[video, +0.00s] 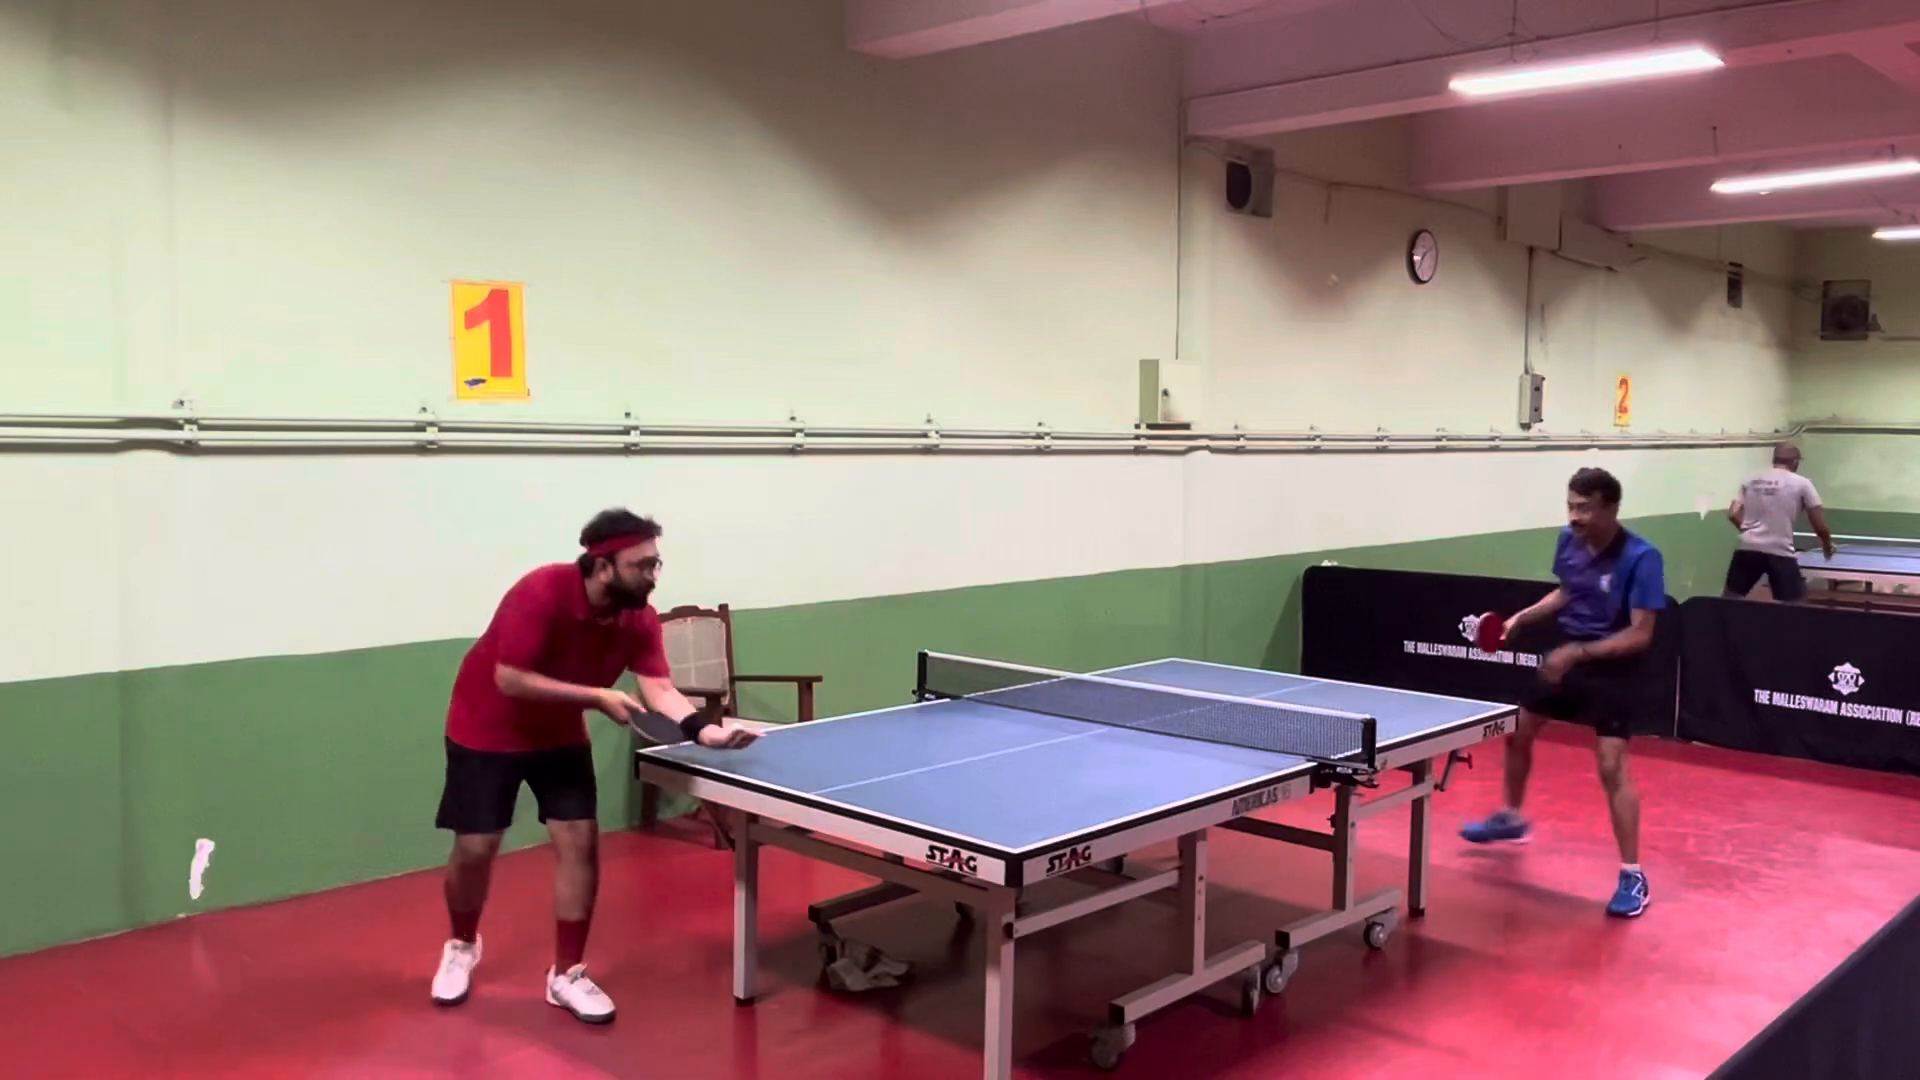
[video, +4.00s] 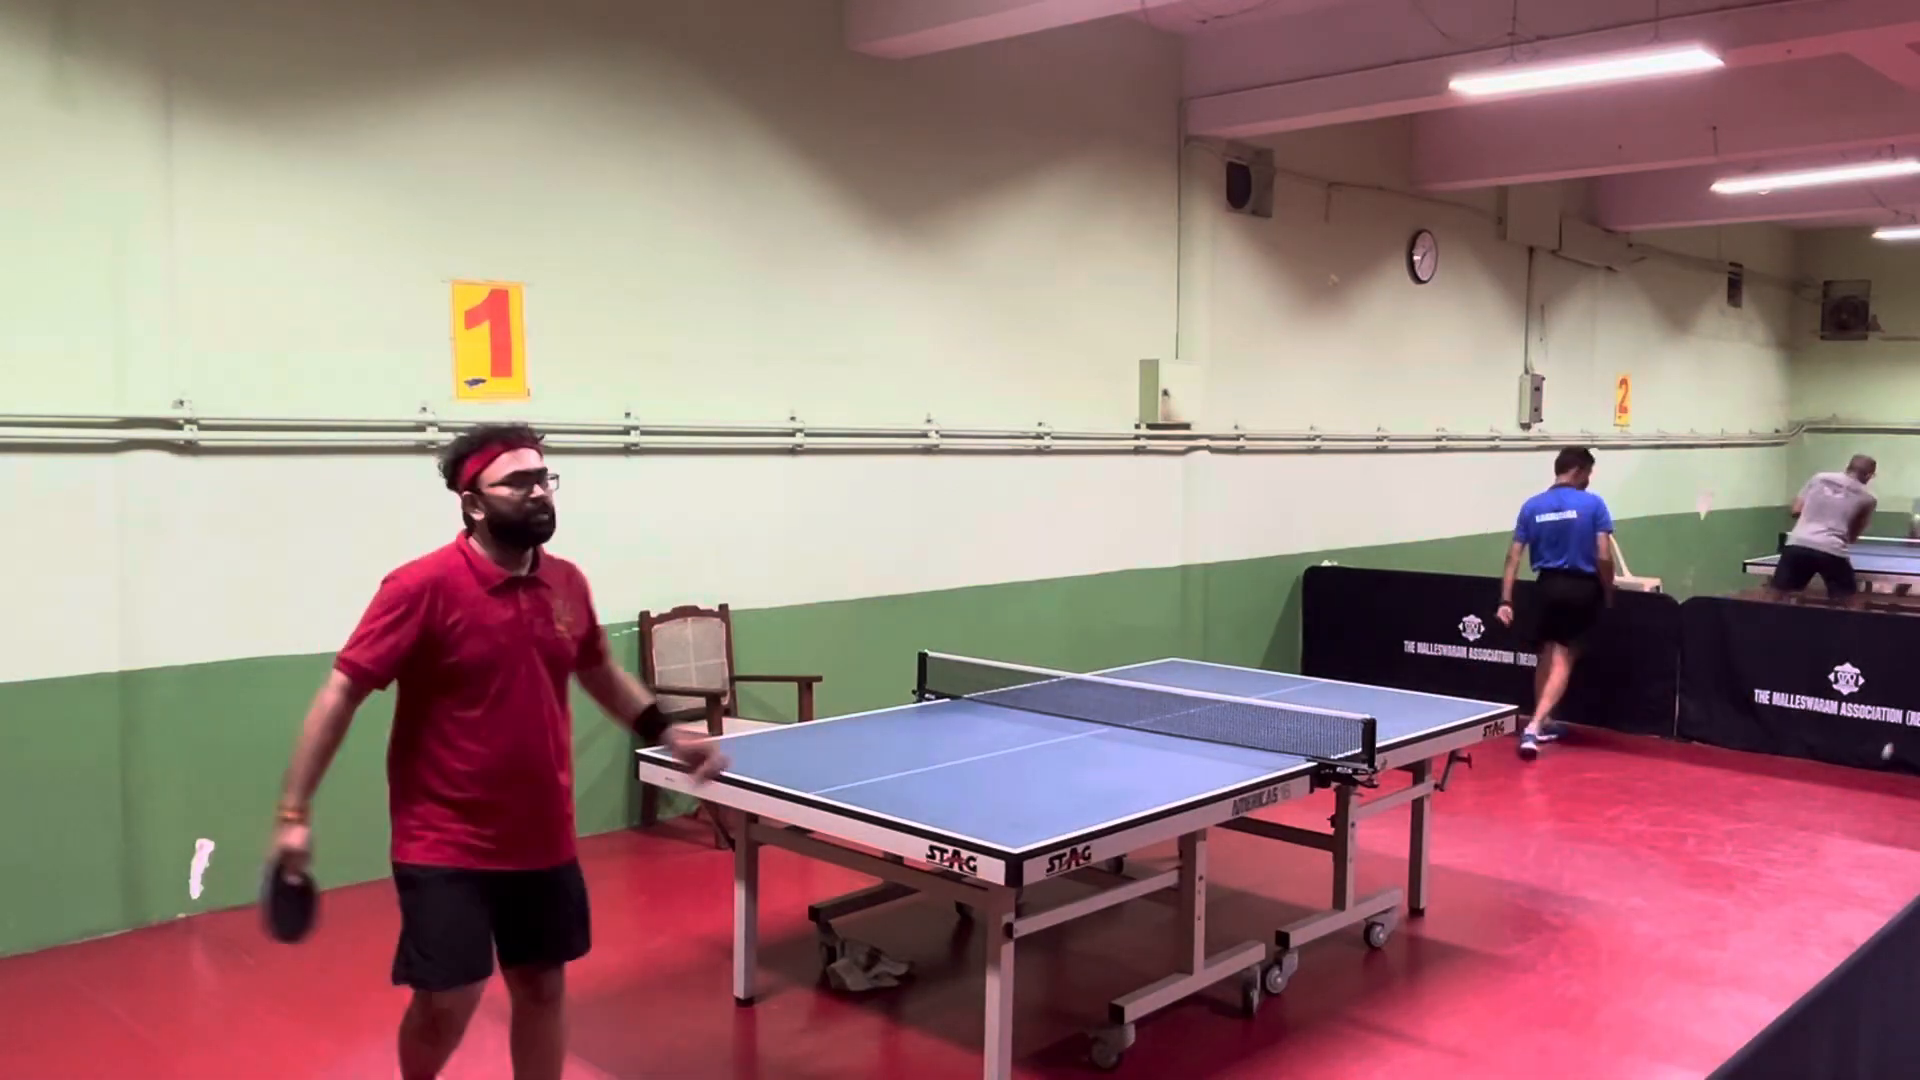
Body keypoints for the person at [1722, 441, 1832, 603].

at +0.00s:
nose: (1798, 464)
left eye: (1798, 460)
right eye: (1798, 460)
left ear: (1774, 460)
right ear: (1795, 461)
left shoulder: (1751, 480)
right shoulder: (1802, 483)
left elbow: (1734, 514)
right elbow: (1820, 528)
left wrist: (1749, 531)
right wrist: (1827, 546)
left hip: (1747, 552)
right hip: (1780, 555)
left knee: (1728, 604)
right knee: (1794, 610)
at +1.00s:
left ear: (1728, 470)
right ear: (1751, 473)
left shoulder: (1712, 484)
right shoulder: (1761, 491)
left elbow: (1698, 512)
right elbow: (1762, 523)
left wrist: (1698, 541)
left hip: (1721, 546)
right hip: (1755, 546)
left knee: (1710, 596)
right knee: (1775, 597)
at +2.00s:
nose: (1849, 485)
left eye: (1852, 481)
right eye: (1851, 479)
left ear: (1830, 466)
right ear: (1843, 472)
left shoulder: (1796, 480)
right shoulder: (1831, 486)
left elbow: (1775, 514)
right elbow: (1823, 522)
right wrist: (1859, 534)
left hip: (1779, 554)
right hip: (1809, 555)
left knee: (1763, 604)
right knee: (1842, 600)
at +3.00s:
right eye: (1851, 467)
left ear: (1827, 465)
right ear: (1849, 469)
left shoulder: (1803, 483)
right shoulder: (1856, 491)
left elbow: (1786, 518)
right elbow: (1862, 536)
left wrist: (1806, 523)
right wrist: (1853, 548)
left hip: (1795, 553)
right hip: (1829, 556)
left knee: (1775, 602)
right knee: (1851, 607)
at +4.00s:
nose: (1871, 477)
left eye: (1872, 474)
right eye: (1872, 474)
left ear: (1848, 467)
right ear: (1868, 475)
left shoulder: (1819, 478)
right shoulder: (1867, 499)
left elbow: (1796, 509)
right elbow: (1853, 535)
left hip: (1797, 549)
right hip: (1832, 555)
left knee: (1775, 599)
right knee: (1847, 608)